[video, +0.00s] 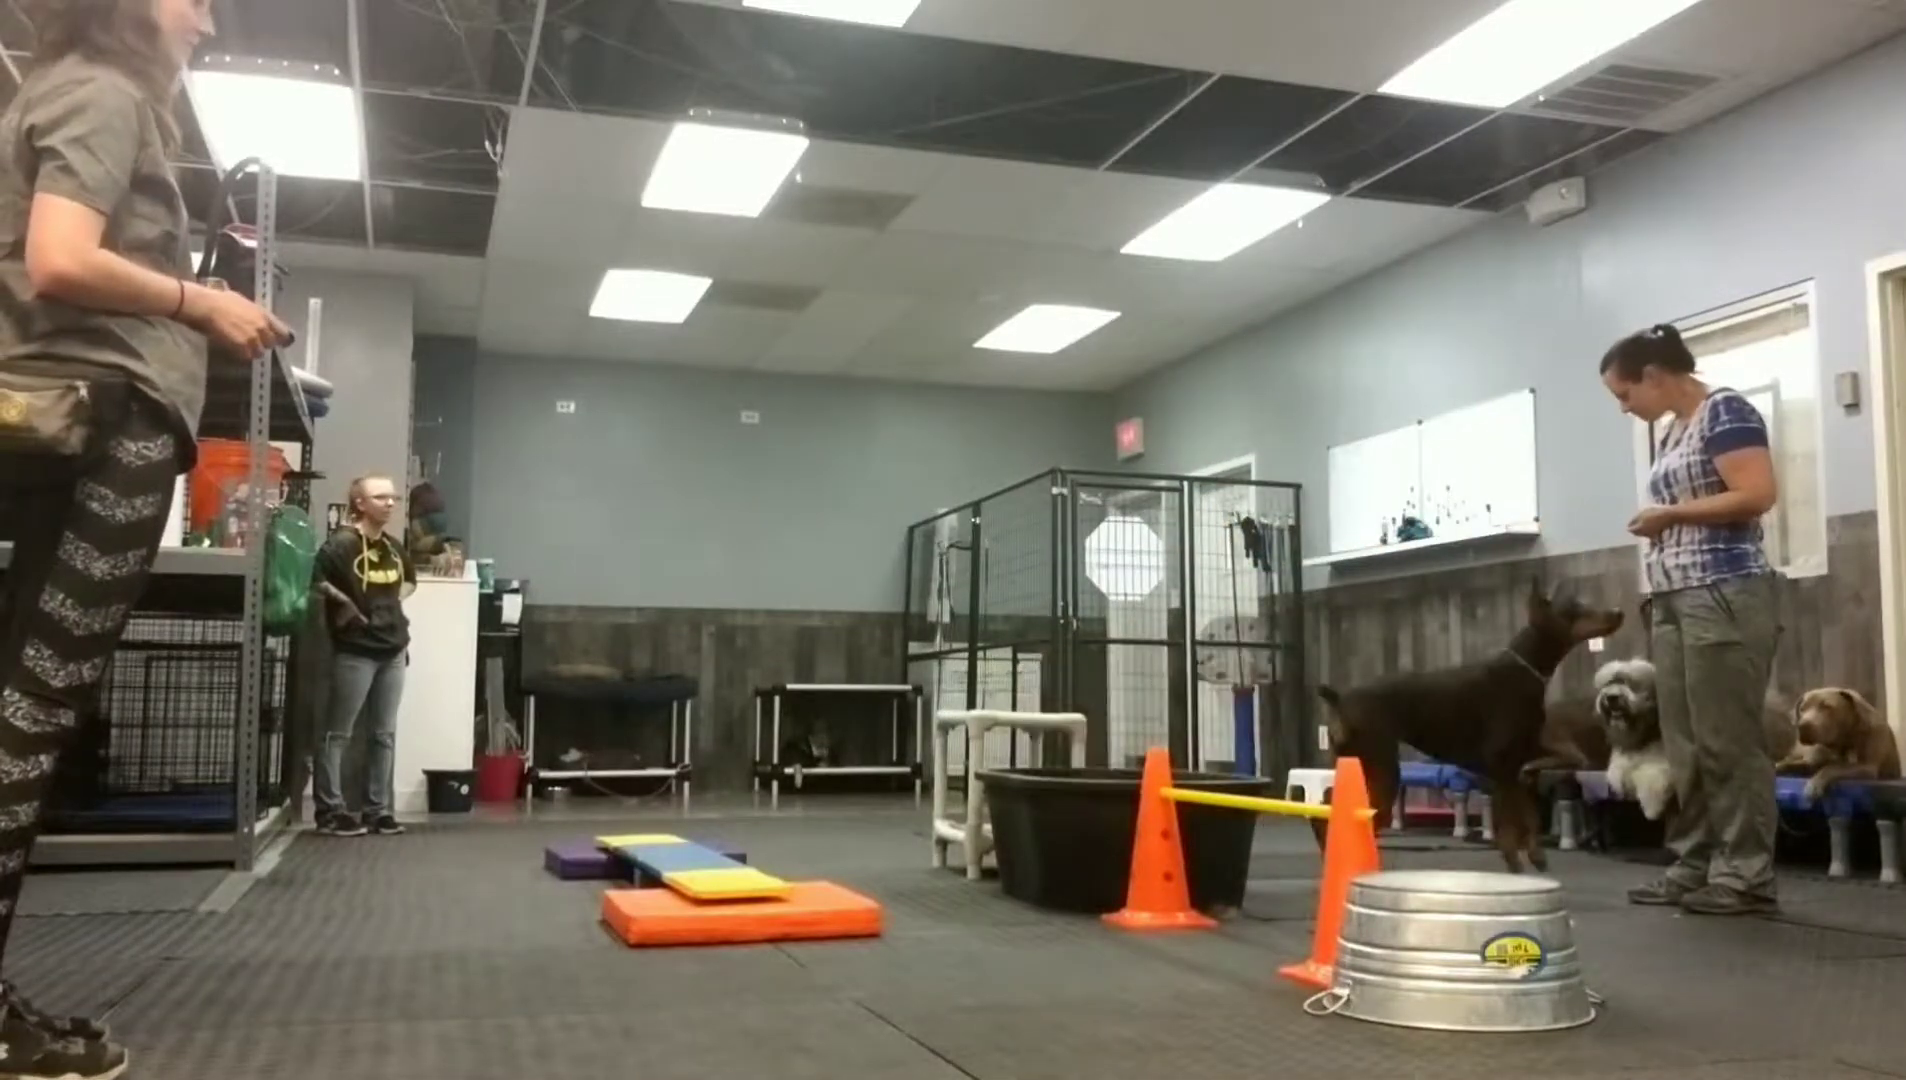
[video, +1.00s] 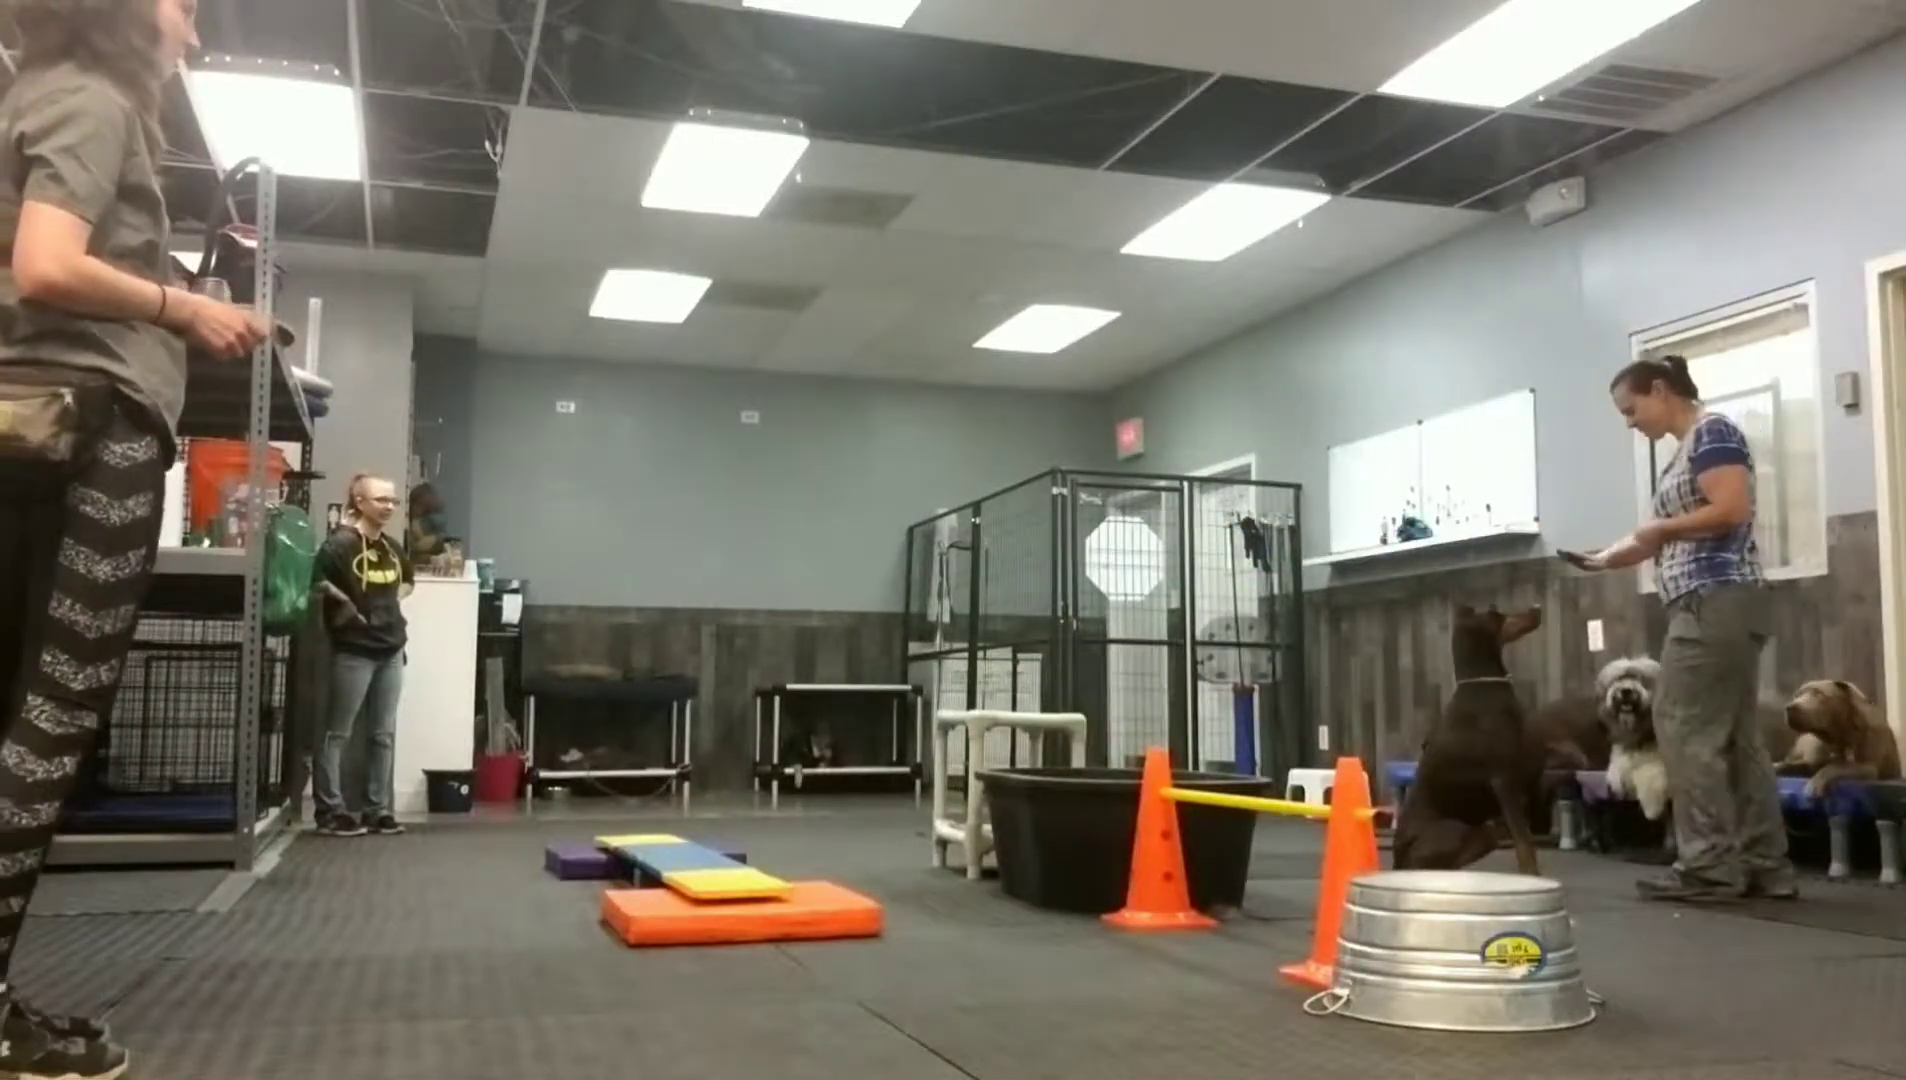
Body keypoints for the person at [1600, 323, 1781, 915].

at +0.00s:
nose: (1626, 409)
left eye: (1625, 395)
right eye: (1620, 399)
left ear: (1654, 375)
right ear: (1653, 380)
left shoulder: (1723, 411)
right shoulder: (1669, 437)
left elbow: (1758, 494)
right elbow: (1689, 518)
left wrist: (1671, 514)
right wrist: (1657, 536)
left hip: (1724, 597)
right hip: (1675, 602)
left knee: (1728, 740)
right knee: (1686, 743)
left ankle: (1746, 877)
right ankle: (1694, 866)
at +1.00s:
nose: (1633, 426)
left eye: (1632, 412)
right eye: (1628, 417)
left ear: (1659, 391)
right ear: (1658, 397)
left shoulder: (1711, 431)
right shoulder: (1686, 452)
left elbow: (1733, 509)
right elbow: (1662, 537)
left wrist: (1661, 528)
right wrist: (1604, 559)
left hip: (1714, 604)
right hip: (1723, 604)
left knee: (1682, 725)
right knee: (1736, 736)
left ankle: (1708, 863)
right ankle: (1767, 865)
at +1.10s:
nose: (1603, 426)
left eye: (1604, 413)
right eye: (1598, 417)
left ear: (1635, 397)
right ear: (1634, 402)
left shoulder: (1684, 439)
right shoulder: (1655, 462)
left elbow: (1709, 514)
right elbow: (1661, 551)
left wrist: (1638, 534)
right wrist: (1603, 561)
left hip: (1687, 604)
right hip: (1700, 603)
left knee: (1656, 732)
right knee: (1718, 739)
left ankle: (1646, 862)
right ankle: (1763, 865)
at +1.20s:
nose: (1568, 430)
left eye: (1566, 417)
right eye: (1564, 420)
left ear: (1585, 408)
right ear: (1606, 405)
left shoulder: (1632, 449)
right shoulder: (1647, 451)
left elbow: (1657, 522)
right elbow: (1665, 527)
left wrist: (1595, 537)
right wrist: (1605, 539)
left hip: (1639, 605)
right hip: (1665, 603)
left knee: (1622, 736)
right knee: (1656, 732)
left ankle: (1646, 860)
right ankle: (1722, 831)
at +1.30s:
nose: (1537, 429)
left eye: (1535, 418)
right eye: (1535, 419)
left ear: (1552, 409)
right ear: (1582, 406)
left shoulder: (1579, 452)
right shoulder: (1623, 452)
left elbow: (1596, 526)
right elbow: (1664, 521)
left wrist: (1546, 539)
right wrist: (1626, 553)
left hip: (1598, 604)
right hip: (1637, 599)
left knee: (1607, 728)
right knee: (1601, 725)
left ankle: (1646, 860)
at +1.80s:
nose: (1358, 461)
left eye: (1357, 456)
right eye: (1362, 456)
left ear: (1360, 454)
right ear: (1397, 450)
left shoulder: (1355, 496)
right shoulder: (1433, 493)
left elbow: (1350, 560)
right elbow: (1466, 556)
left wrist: (1345, 560)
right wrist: (1448, 591)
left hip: (1369, 621)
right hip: (1427, 619)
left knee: (1363, 734)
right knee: (1421, 727)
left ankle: (1374, 835)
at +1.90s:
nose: (1342, 467)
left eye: (1335, 461)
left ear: (1334, 460)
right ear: (1373, 458)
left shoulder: (1321, 499)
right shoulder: (1400, 499)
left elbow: (1307, 558)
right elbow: (1430, 555)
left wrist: (1332, 572)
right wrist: (1417, 596)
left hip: (1338, 616)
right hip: (1393, 613)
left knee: (1350, 722)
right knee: (1384, 719)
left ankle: (1374, 820)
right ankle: (1382, 811)